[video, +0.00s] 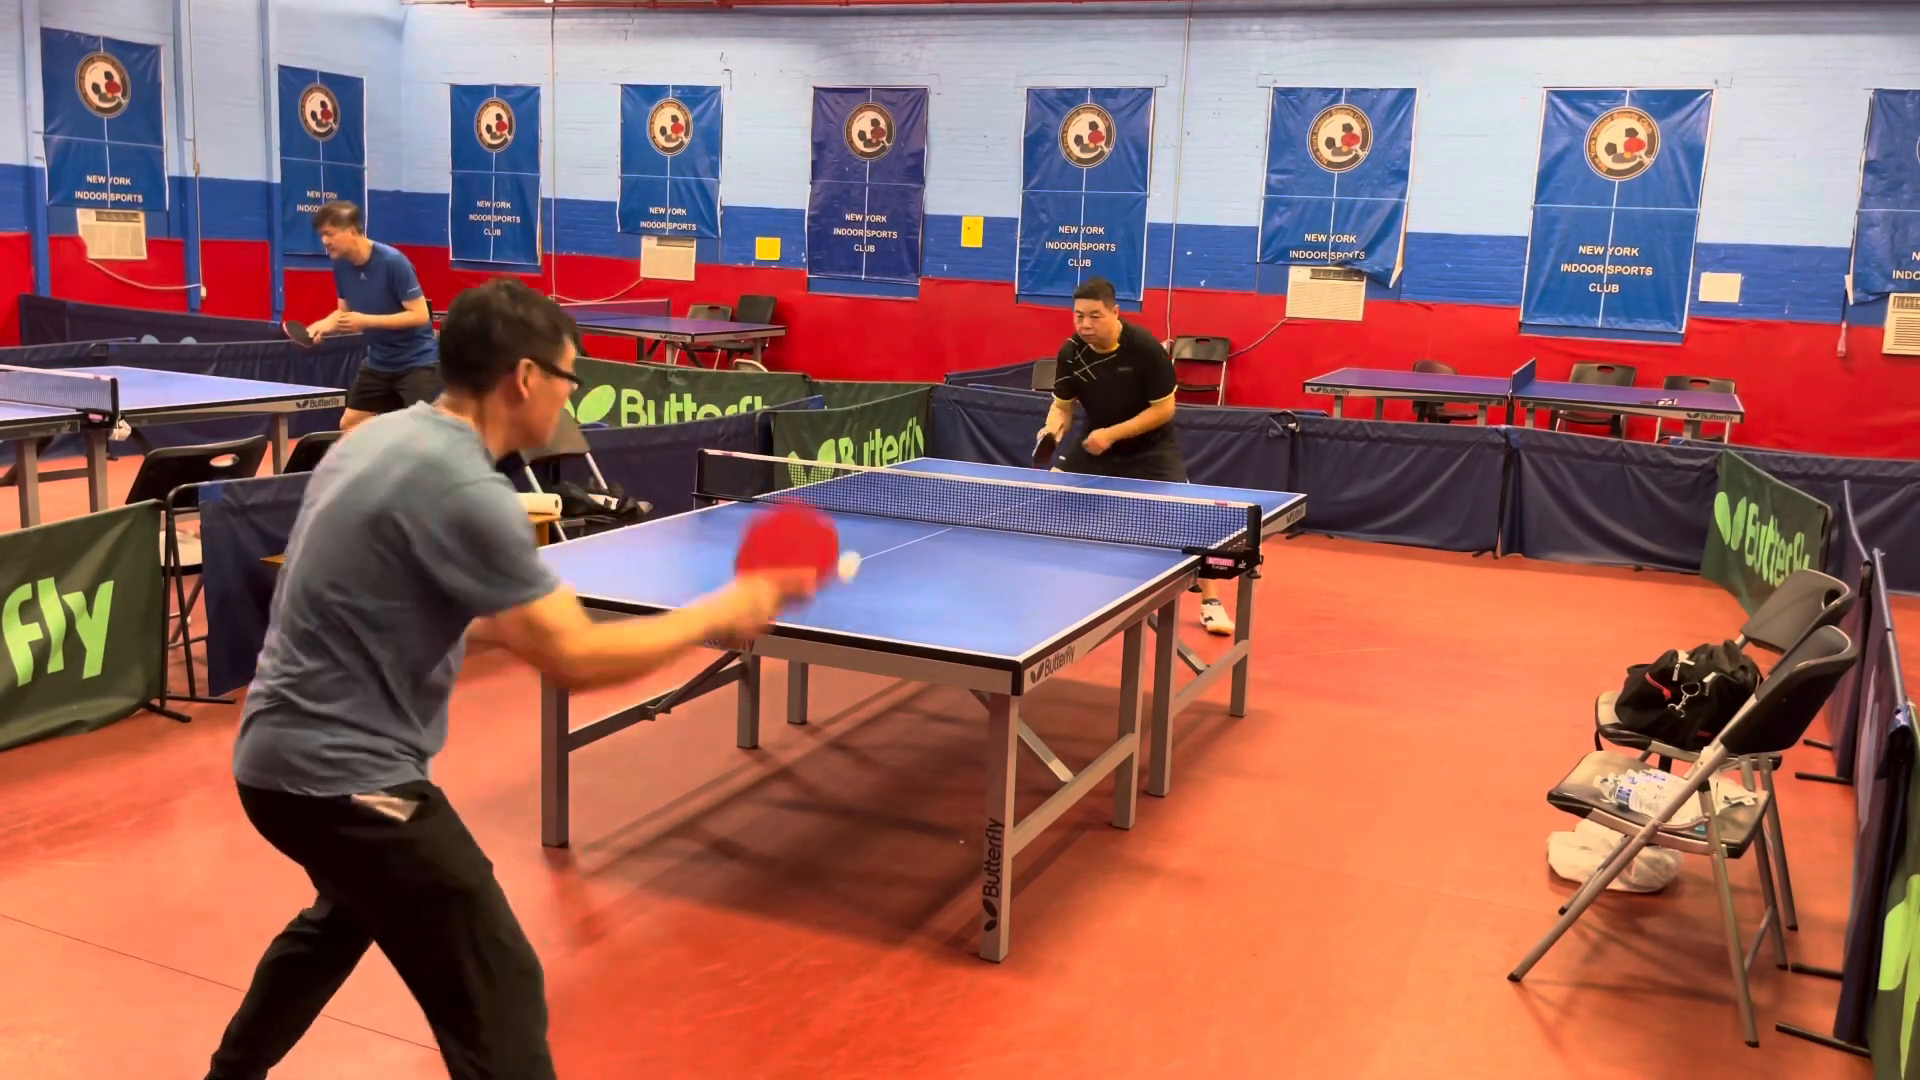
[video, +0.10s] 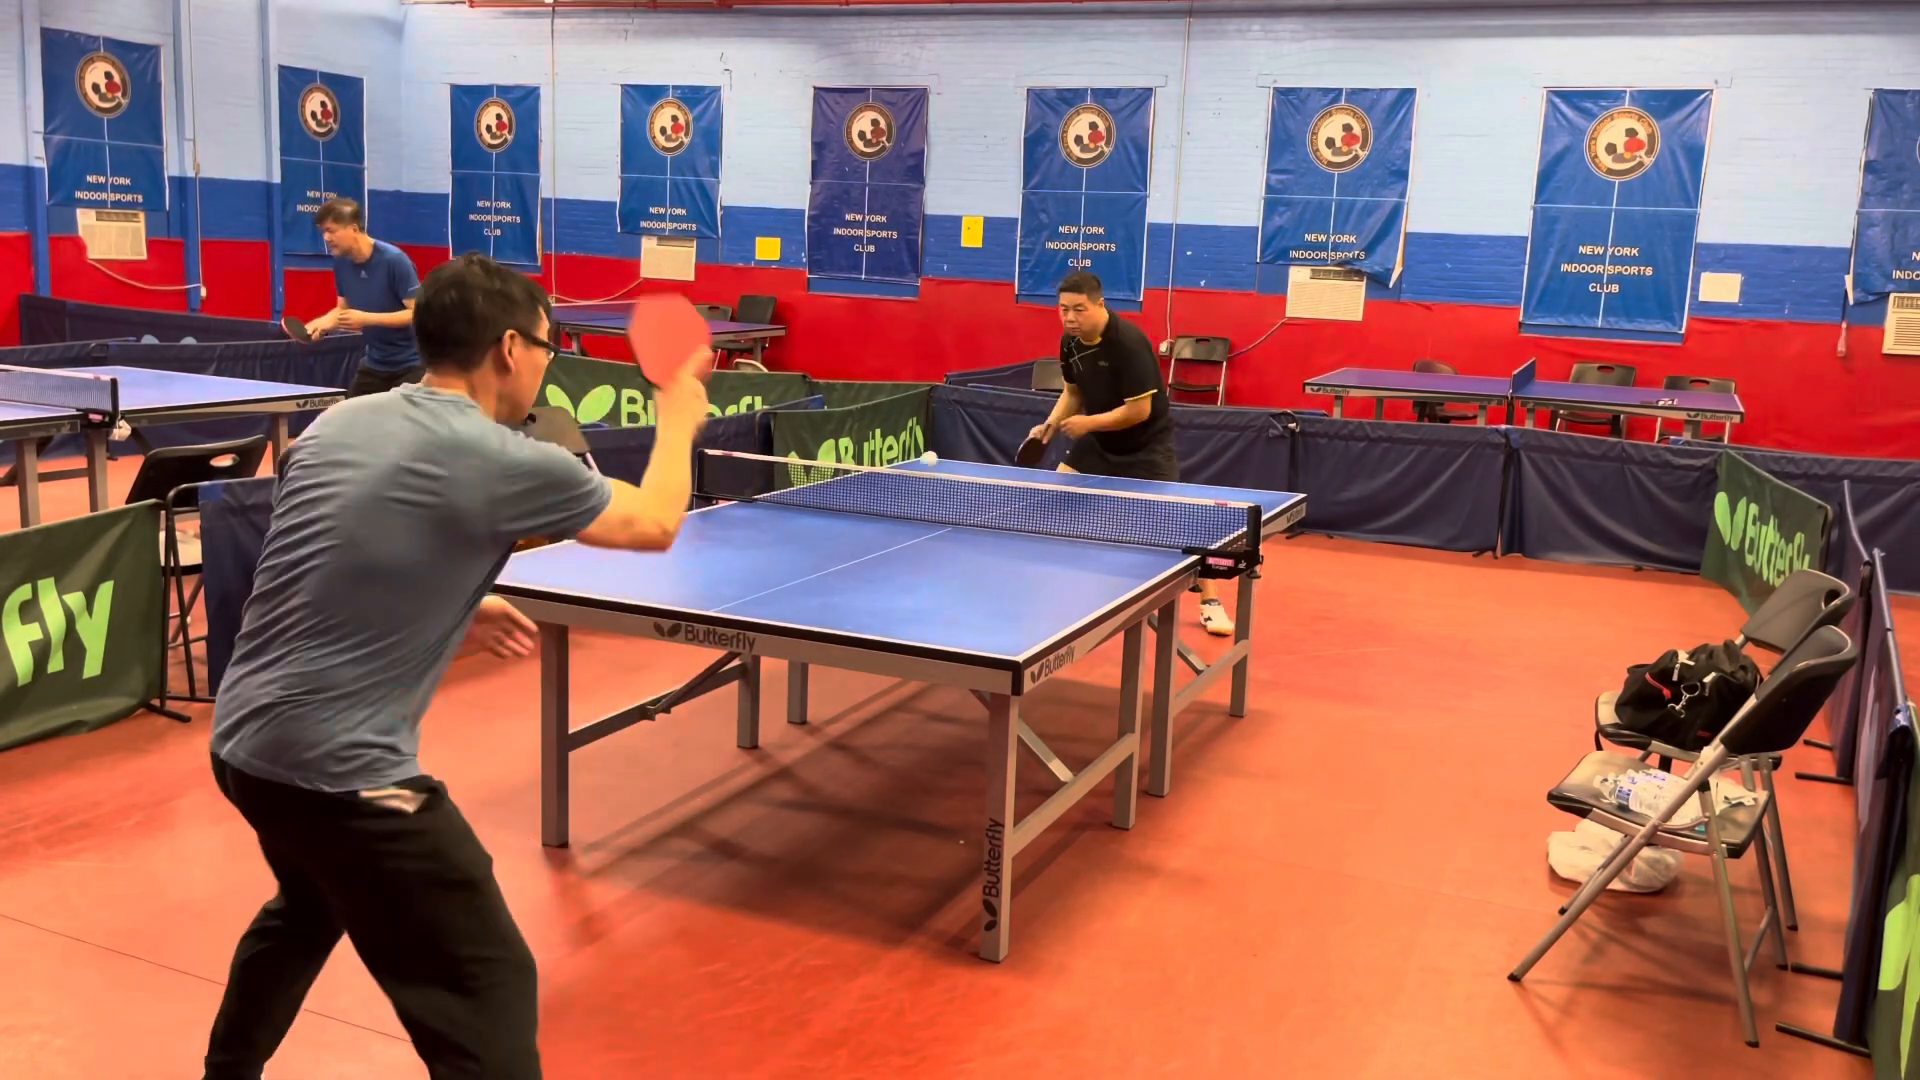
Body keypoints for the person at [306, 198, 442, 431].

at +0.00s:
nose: (324, 242)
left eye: (329, 234)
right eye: (322, 236)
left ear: (352, 231)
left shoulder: (394, 262)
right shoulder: (341, 265)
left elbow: (421, 316)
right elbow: (345, 311)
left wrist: (364, 321)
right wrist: (324, 325)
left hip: (417, 362)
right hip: (377, 362)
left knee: (424, 429)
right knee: (350, 425)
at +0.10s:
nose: (326, 238)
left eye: (331, 231)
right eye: (324, 232)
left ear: (353, 229)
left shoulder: (395, 260)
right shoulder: (341, 263)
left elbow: (418, 312)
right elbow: (344, 308)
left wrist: (364, 319)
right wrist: (322, 324)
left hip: (409, 365)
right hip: (373, 363)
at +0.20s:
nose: (327, 235)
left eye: (332, 228)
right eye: (325, 229)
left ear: (355, 226)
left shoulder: (395, 259)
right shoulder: (342, 262)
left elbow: (417, 312)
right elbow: (342, 306)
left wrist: (364, 316)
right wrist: (317, 320)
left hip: (406, 366)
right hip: (370, 365)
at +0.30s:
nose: (326, 234)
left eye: (332, 226)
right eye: (325, 227)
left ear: (355, 224)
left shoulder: (395, 258)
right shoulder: (341, 259)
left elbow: (419, 311)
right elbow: (337, 306)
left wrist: (364, 314)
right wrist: (305, 315)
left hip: (405, 362)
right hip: (370, 361)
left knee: (417, 427)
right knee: (350, 426)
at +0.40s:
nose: (324, 238)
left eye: (329, 231)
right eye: (322, 232)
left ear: (352, 229)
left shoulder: (392, 261)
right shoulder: (339, 262)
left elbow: (418, 314)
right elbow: (332, 307)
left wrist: (363, 318)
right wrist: (302, 315)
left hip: (411, 359)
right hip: (373, 359)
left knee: (418, 430)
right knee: (349, 424)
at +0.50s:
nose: (319, 251)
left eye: (324, 244)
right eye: (317, 245)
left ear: (347, 240)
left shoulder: (390, 269)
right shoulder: (335, 271)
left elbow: (417, 322)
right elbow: (331, 315)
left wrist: (363, 328)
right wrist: (304, 327)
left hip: (415, 360)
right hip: (377, 361)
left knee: (419, 433)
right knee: (346, 424)